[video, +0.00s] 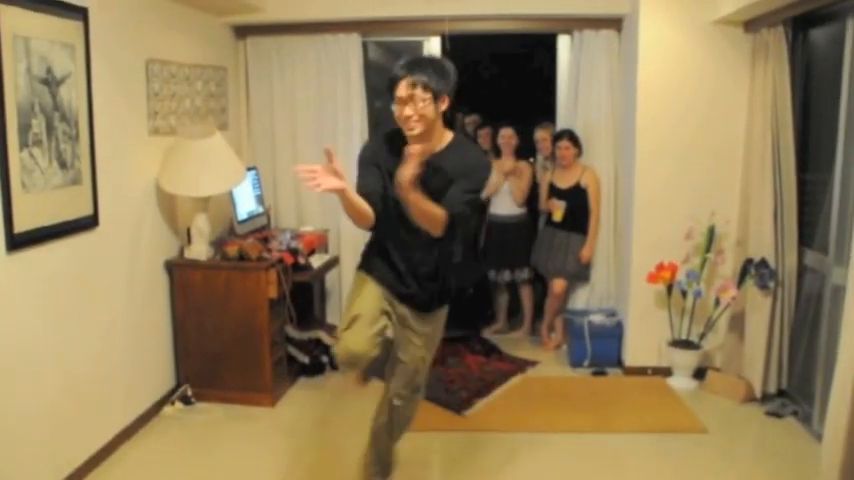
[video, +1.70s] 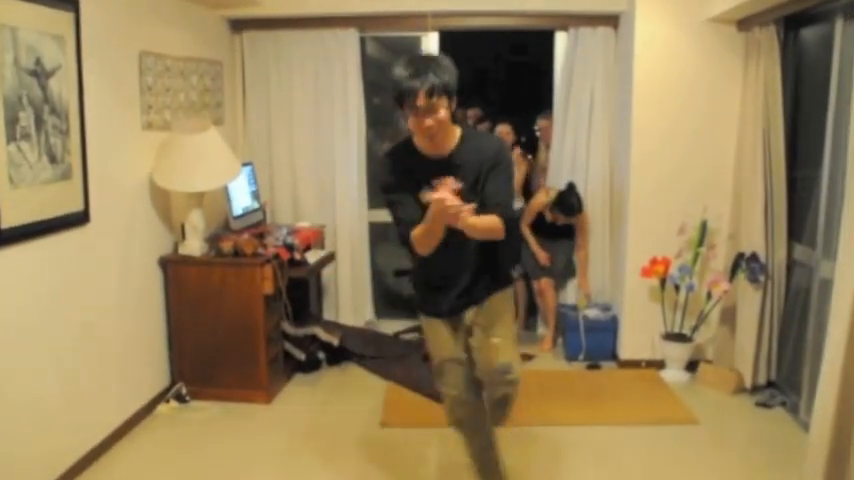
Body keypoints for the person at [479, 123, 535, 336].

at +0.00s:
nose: (506, 141)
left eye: (510, 136)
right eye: (502, 137)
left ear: (517, 140)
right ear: (497, 140)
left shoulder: (524, 167)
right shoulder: (492, 165)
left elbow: (520, 198)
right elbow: (484, 194)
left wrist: (511, 177)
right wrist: (501, 176)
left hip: (517, 220)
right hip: (495, 220)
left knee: (522, 275)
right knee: (499, 276)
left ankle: (526, 324)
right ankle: (500, 320)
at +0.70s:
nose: (505, 142)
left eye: (508, 137)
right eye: (501, 137)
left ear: (515, 140)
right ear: (494, 141)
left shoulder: (524, 166)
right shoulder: (489, 167)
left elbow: (518, 191)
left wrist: (510, 165)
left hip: (519, 228)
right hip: (497, 229)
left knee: (521, 277)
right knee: (500, 278)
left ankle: (525, 319)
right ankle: (501, 317)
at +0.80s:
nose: (503, 142)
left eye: (507, 138)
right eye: (499, 138)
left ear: (515, 141)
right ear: (494, 142)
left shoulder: (522, 166)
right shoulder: (488, 165)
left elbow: (517, 195)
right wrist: (516, 244)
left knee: (517, 278)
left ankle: (524, 324)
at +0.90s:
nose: (503, 143)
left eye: (507, 138)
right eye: (500, 139)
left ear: (516, 142)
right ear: (494, 142)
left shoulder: (523, 168)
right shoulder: (490, 168)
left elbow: (521, 195)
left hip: (516, 224)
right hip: (494, 224)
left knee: (516, 276)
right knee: (497, 276)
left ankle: (524, 321)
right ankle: (499, 317)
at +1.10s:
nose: (505, 140)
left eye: (509, 135)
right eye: (501, 135)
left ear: (516, 139)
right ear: (494, 139)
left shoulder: (522, 164)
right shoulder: (491, 164)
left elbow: (519, 190)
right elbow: (485, 190)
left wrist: (513, 160)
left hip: (517, 218)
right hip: (494, 218)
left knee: (519, 276)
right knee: (497, 275)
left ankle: (523, 322)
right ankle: (498, 318)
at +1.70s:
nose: (502, 140)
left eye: (506, 135)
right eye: (499, 136)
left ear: (514, 138)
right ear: (493, 138)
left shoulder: (519, 159)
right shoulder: (490, 159)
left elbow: (517, 189)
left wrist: (517, 164)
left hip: (514, 213)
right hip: (493, 212)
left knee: (516, 269)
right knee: (500, 268)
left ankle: (521, 318)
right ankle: (505, 319)